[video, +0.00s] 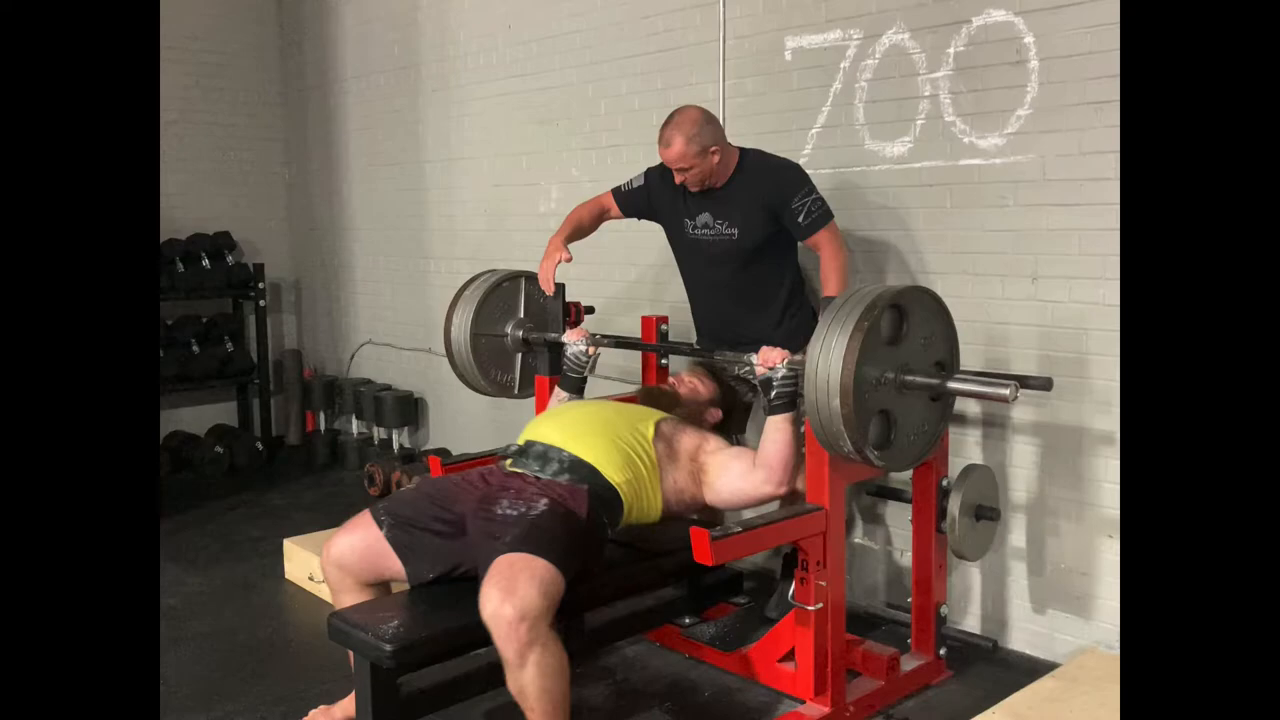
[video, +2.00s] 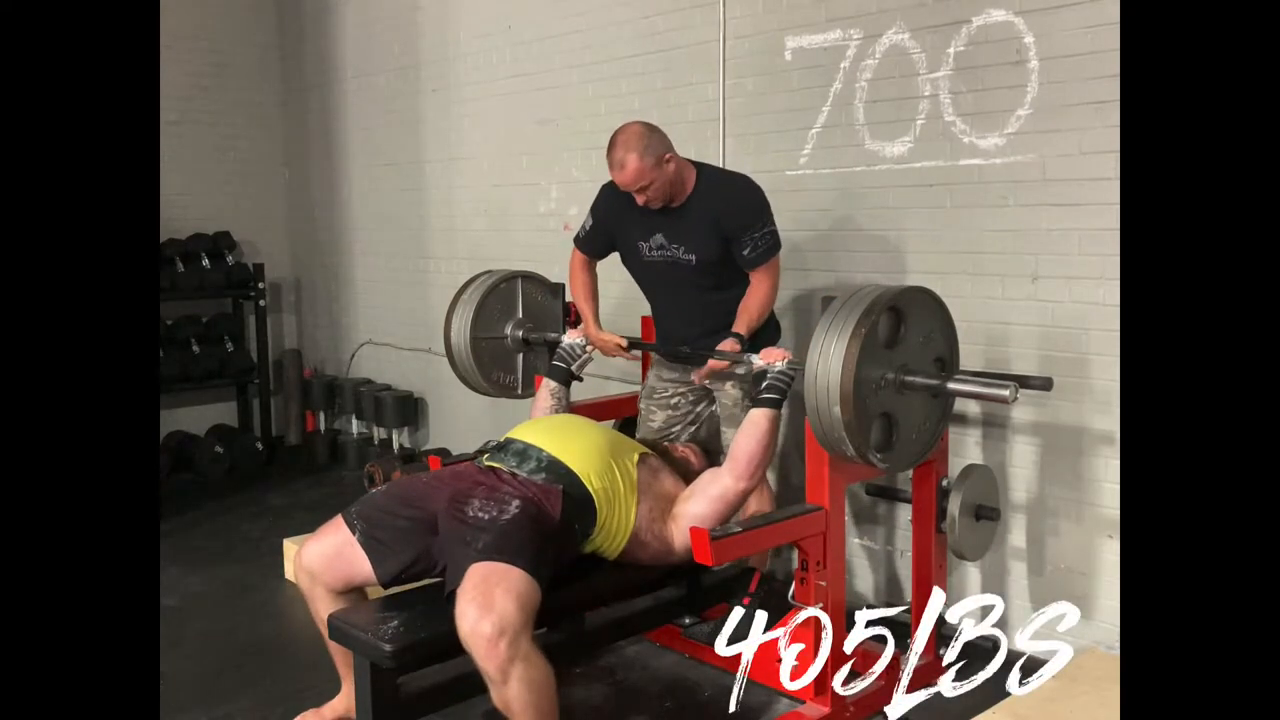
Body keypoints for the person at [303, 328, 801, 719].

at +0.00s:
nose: (677, 373)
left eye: (693, 377)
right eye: (678, 369)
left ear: (715, 409)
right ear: (662, 380)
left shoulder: (699, 448)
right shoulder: (611, 409)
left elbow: (774, 479)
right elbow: (547, 440)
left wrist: (782, 390)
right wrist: (573, 374)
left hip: (560, 498)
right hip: (490, 477)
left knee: (510, 607)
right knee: (342, 555)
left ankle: (550, 716)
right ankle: (370, 689)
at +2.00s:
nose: (684, 445)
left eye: (695, 450)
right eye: (681, 441)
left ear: (702, 475)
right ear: (659, 445)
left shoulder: (677, 513)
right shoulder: (598, 447)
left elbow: (741, 474)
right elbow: (535, 434)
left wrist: (768, 394)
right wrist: (558, 370)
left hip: (525, 499)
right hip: (455, 477)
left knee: (490, 628)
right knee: (315, 561)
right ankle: (354, 693)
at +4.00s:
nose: (688, 454)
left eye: (695, 458)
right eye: (687, 451)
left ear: (700, 481)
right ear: (666, 453)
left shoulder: (682, 513)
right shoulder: (595, 441)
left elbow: (742, 471)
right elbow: (538, 425)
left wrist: (770, 387)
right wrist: (560, 362)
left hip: (528, 488)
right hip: (460, 467)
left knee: (493, 619)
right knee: (325, 559)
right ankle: (343, 698)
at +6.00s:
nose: (682, 444)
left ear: (682, 447)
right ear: (662, 437)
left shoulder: (662, 500)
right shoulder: (571, 440)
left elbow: (697, 502)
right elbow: (496, 464)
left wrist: (712, 416)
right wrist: (497, 399)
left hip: (520, 503)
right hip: (453, 484)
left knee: (485, 629)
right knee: (307, 561)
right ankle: (343, 698)